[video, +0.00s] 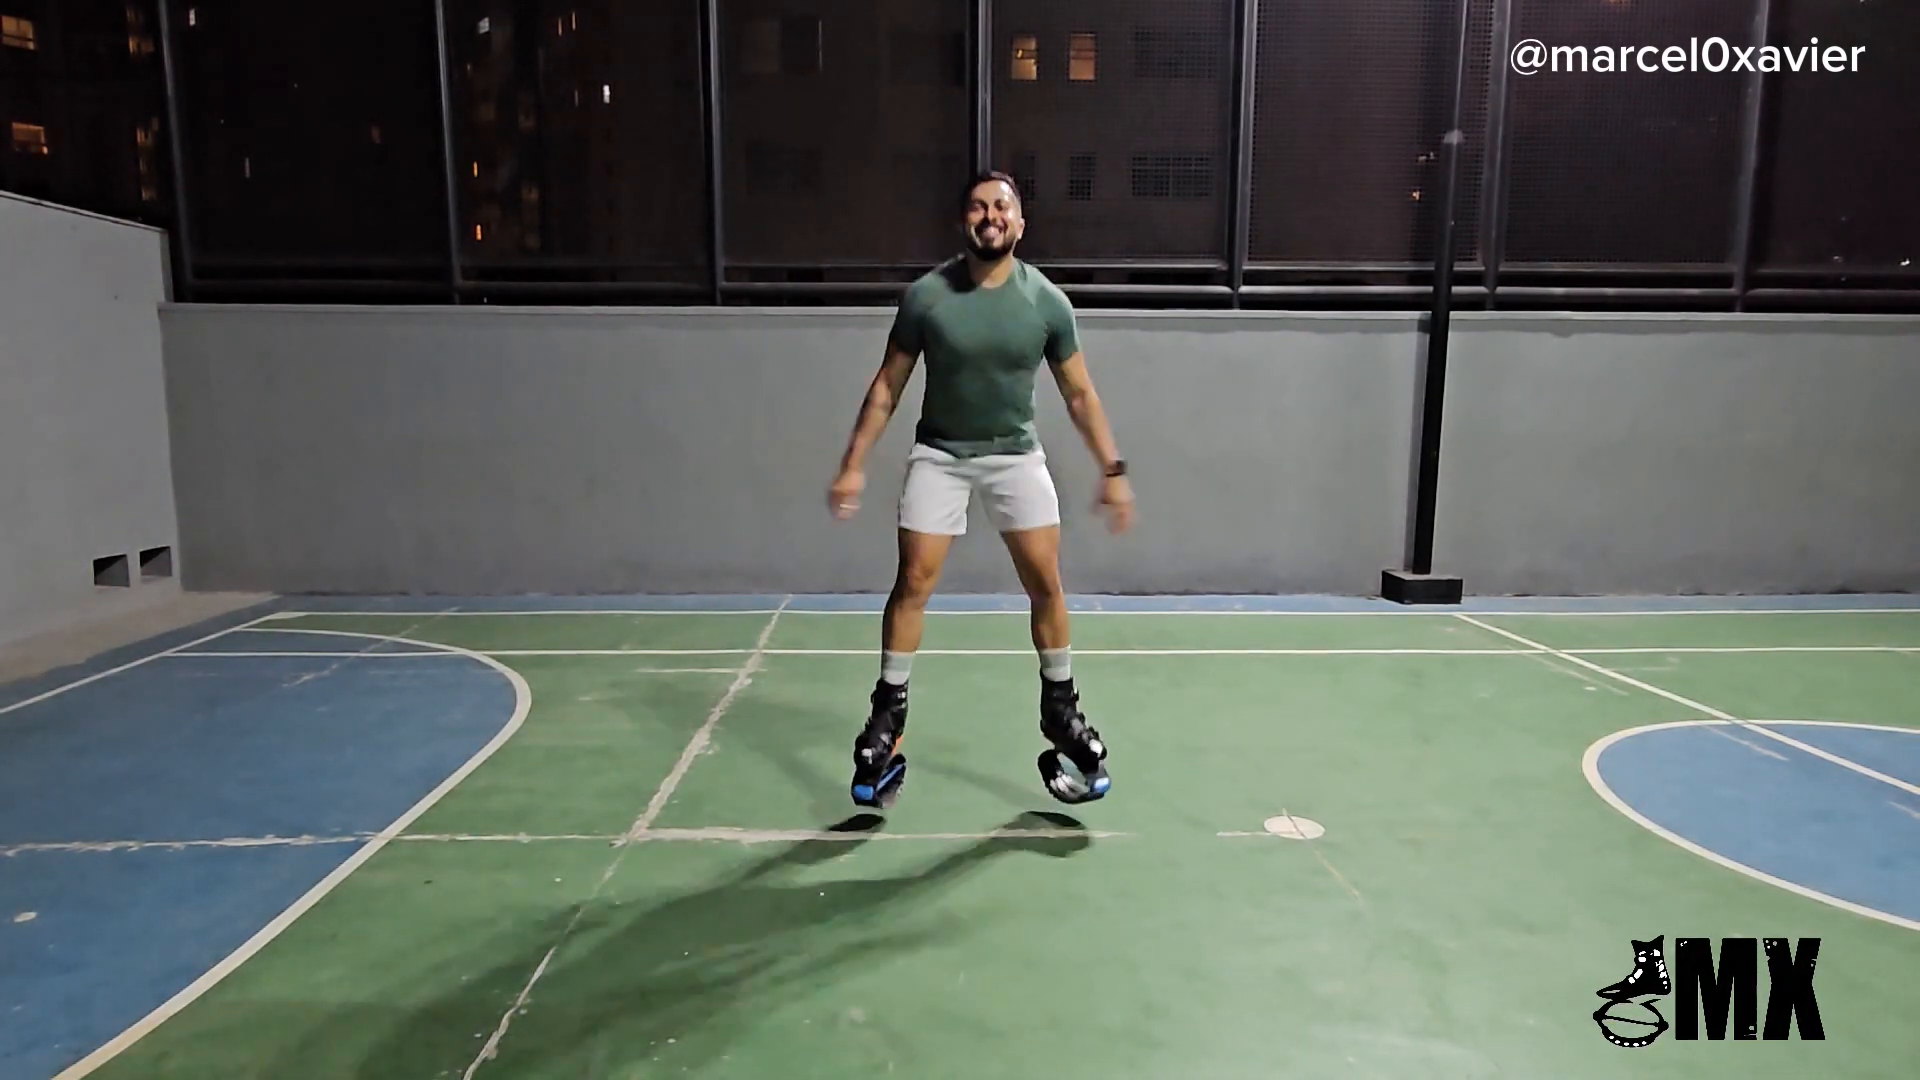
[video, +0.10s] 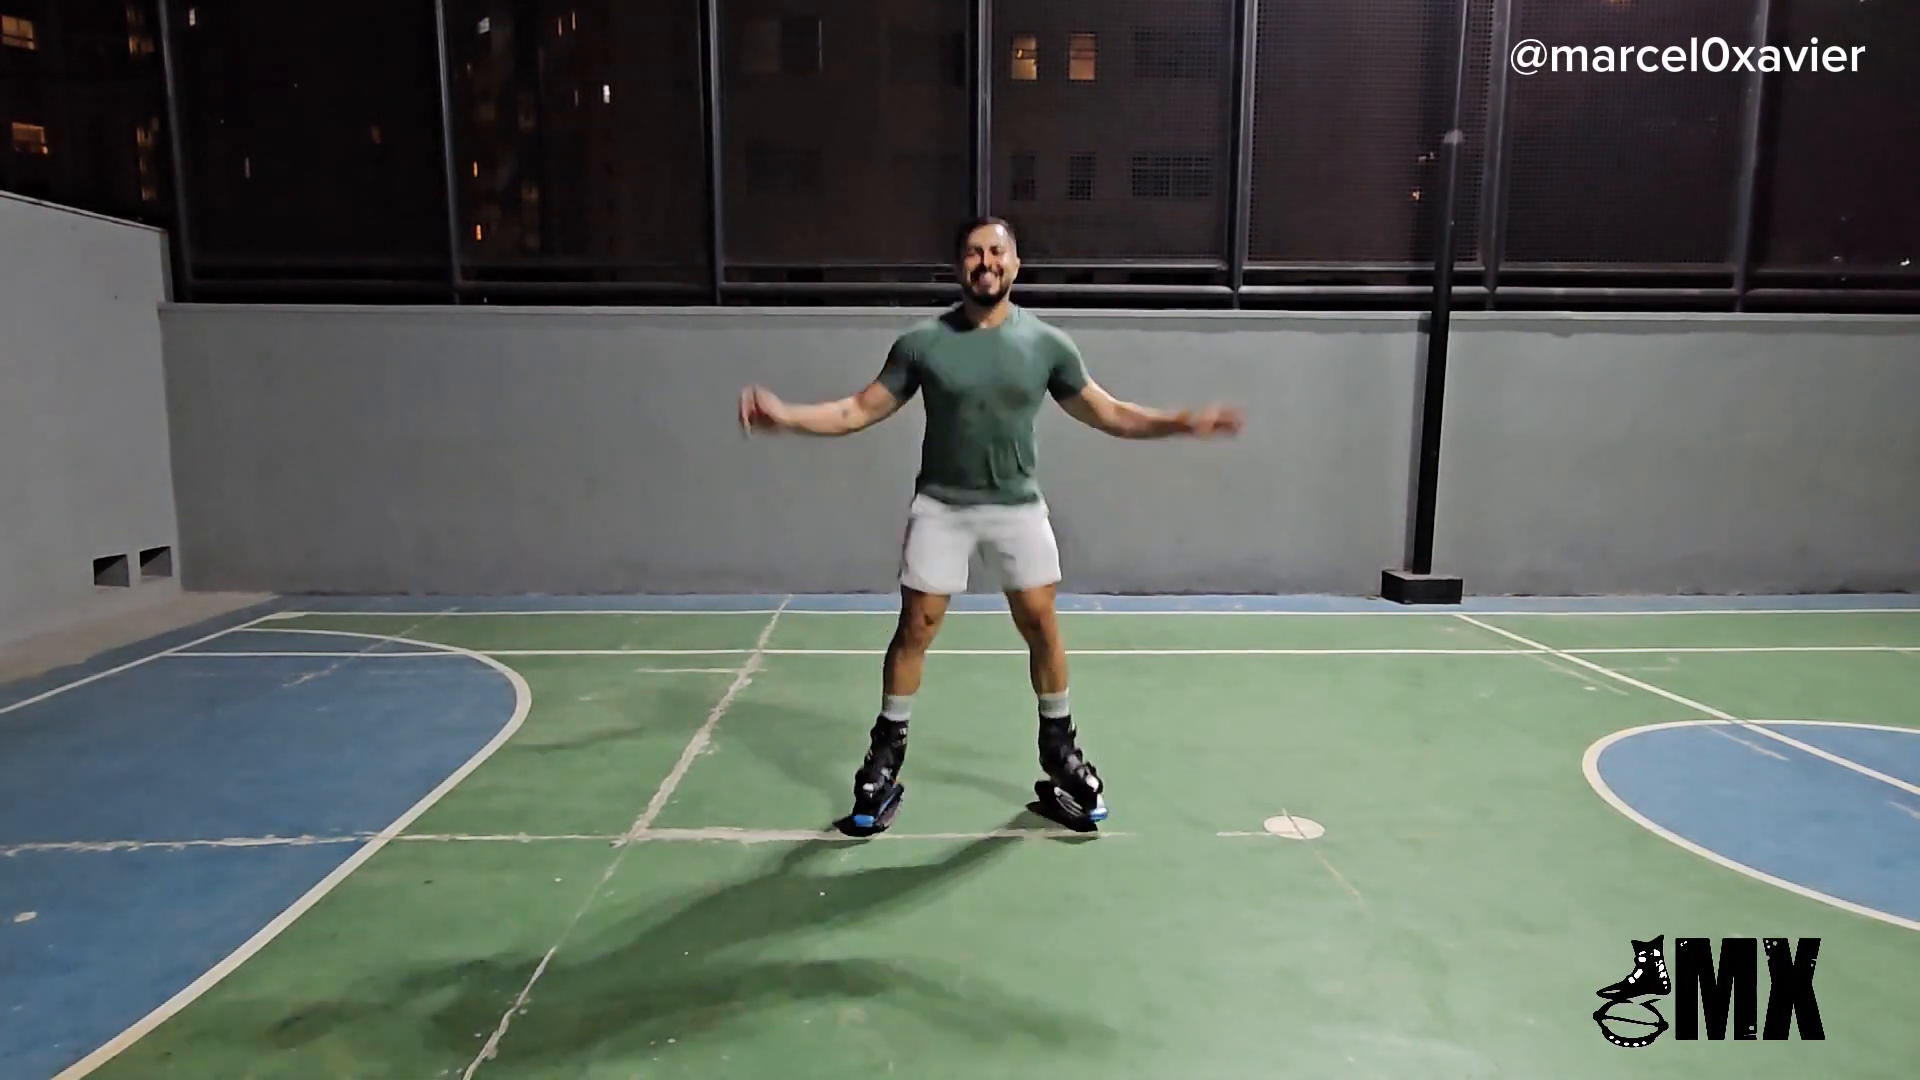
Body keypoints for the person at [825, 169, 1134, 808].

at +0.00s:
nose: (990, 215)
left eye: (1002, 206)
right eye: (979, 206)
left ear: (1021, 222)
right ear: (963, 221)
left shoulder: (1045, 301)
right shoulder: (927, 296)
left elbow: (1080, 393)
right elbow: (887, 387)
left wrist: (1112, 468)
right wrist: (853, 463)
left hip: (1016, 459)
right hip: (939, 459)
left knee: (1046, 582)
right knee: (914, 580)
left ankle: (1061, 709)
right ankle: (887, 713)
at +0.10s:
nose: (985, 262)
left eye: (996, 251)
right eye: (974, 253)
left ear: (1015, 267)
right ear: (960, 270)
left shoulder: (1046, 346)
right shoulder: (923, 346)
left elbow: (1112, 413)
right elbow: (859, 410)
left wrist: (1186, 423)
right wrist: (784, 415)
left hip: (1018, 508)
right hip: (940, 507)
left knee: (1042, 625)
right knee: (917, 626)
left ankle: (1061, 759)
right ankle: (884, 763)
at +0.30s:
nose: (985, 199)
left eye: (996, 189)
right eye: (973, 190)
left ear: (1016, 205)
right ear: (956, 207)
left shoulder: (1050, 281)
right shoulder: (921, 281)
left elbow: (1101, 362)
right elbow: (874, 363)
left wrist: (1157, 387)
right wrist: (825, 405)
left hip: (1018, 455)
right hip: (942, 455)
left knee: (1035, 579)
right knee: (924, 581)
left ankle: (1052, 717)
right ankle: (899, 724)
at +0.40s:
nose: (986, 191)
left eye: (997, 182)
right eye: (973, 183)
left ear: (1015, 200)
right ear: (956, 203)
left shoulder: (1049, 276)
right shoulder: (921, 277)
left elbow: (1079, 362)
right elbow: (904, 377)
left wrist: (1057, 417)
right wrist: (914, 457)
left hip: (1020, 444)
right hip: (943, 445)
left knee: (1028, 571)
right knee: (937, 571)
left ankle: (1033, 708)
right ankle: (923, 714)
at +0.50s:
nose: (990, 224)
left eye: (998, 213)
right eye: (976, 215)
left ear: (1014, 227)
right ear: (957, 232)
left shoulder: (1048, 306)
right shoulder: (924, 308)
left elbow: (1049, 390)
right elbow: (926, 401)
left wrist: (959, 390)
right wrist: (1014, 433)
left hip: (1020, 471)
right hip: (948, 472)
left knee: (1017, 601)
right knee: (950, 604)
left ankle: (1013, 738)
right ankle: (945, 744)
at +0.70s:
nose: (985, 209)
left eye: (996, 197)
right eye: (972, 199)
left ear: (1014, 206)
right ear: (954, 213)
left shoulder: (1053, 288)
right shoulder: (920, 290)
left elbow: (1076, 381)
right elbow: (909, 385)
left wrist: (1020, 351)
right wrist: (973, 388)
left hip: (1023, 471)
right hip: (948, 471)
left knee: (1018, 602)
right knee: (950, 600)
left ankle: (1015, 746)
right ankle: (944, 752)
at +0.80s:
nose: (985, 181)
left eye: (997, 169)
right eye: (972, 171)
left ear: (1019, 183)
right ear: (956, 187)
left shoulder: (1055, 264)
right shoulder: (922, 264)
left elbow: (1088, 354)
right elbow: (888, 358)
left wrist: (1093, 408)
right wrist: (890, 441)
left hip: (1025, 449)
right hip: (945, 450)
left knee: (1032, 584)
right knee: (939, 580)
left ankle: (1034, 718)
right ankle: (927, 724)